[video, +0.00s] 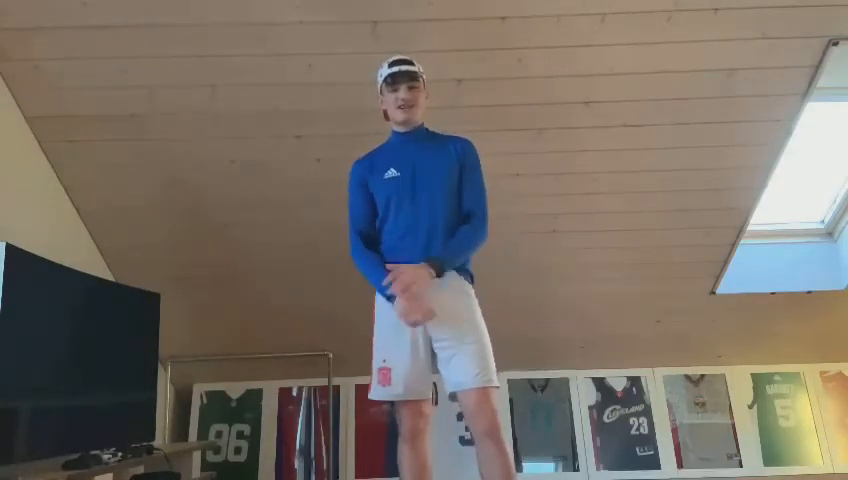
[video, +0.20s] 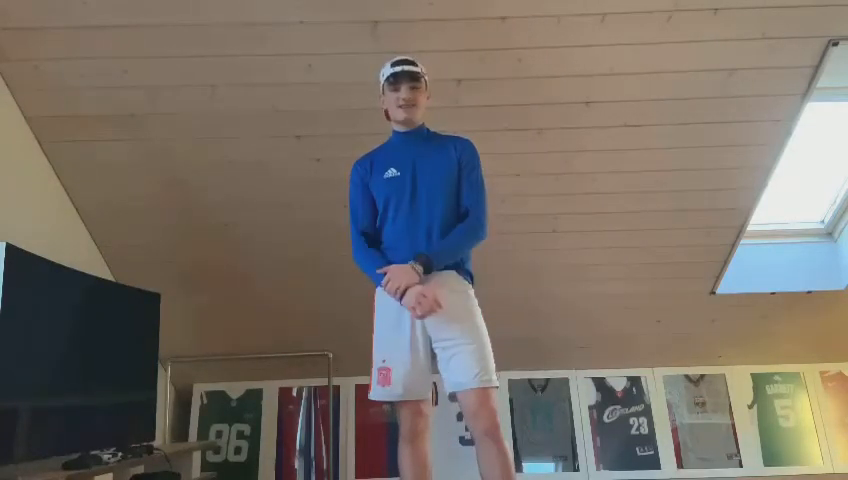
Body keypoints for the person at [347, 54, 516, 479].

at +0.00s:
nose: (404, 95)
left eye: (412, 87)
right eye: (394, 89)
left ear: (425, 95)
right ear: (382, 103)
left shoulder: (459, 150)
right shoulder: (366, 168)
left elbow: (477, 225)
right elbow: (360, 244)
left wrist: (431, 266)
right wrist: (399, 291)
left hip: (451, 292)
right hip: (394, 299)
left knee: (484, 414)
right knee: (413, 418)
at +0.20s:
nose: (405, 95)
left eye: (413, 87)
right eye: (395, 88)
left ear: (427, 97)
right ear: (383, 102)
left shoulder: (459, 149)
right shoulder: (366, 167)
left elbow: (476, 225)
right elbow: (362, 246)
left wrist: (419, 265)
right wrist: (405, 288)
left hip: (451, 288)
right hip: (395, 296)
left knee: (484, 415)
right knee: (413, 418)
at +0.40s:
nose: (407, 95)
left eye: (416, 88)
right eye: (397, 88)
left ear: (428, 98)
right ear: (385, 103)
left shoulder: (459, 149)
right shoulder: (366, 168)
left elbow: (473, 226)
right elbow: (362, 245)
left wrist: (419, 269)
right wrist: (401, 292)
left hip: (450, 289)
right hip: (394, 297)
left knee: (485, 417)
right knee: (412, 419)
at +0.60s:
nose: (407, 96)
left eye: (416, 88)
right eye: (398, 89)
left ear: (429, 98)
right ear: (385, 103)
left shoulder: (459, 149)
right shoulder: (366, 168)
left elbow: (474, 224)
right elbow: (362, 246)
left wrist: (419, 268)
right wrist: (402, 292)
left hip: (450, 289)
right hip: (395, 297)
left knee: (484, 416)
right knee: (413, 419)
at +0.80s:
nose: (410, 95)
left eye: (418, 88)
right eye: (400, 88)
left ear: (429, 98)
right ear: (384, 102)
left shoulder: (458, 149)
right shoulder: (366, 168)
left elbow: (475, 224)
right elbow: (362, 246)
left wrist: (421, 269)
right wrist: (403, 292)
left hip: (451, 288)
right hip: (395, 297)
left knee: (484, 415)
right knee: (413, 419)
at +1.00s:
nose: (414, 97)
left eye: (421, 90)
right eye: (403, 89)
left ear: (430, 99)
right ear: (386, 101)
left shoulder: (458, 150)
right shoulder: (366, 169)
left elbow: (475, 224)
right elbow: (362, 246)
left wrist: (421, 268)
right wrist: (404, 291)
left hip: (452, 289)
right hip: (395, 297)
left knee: (484, 416)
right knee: (413, 419)